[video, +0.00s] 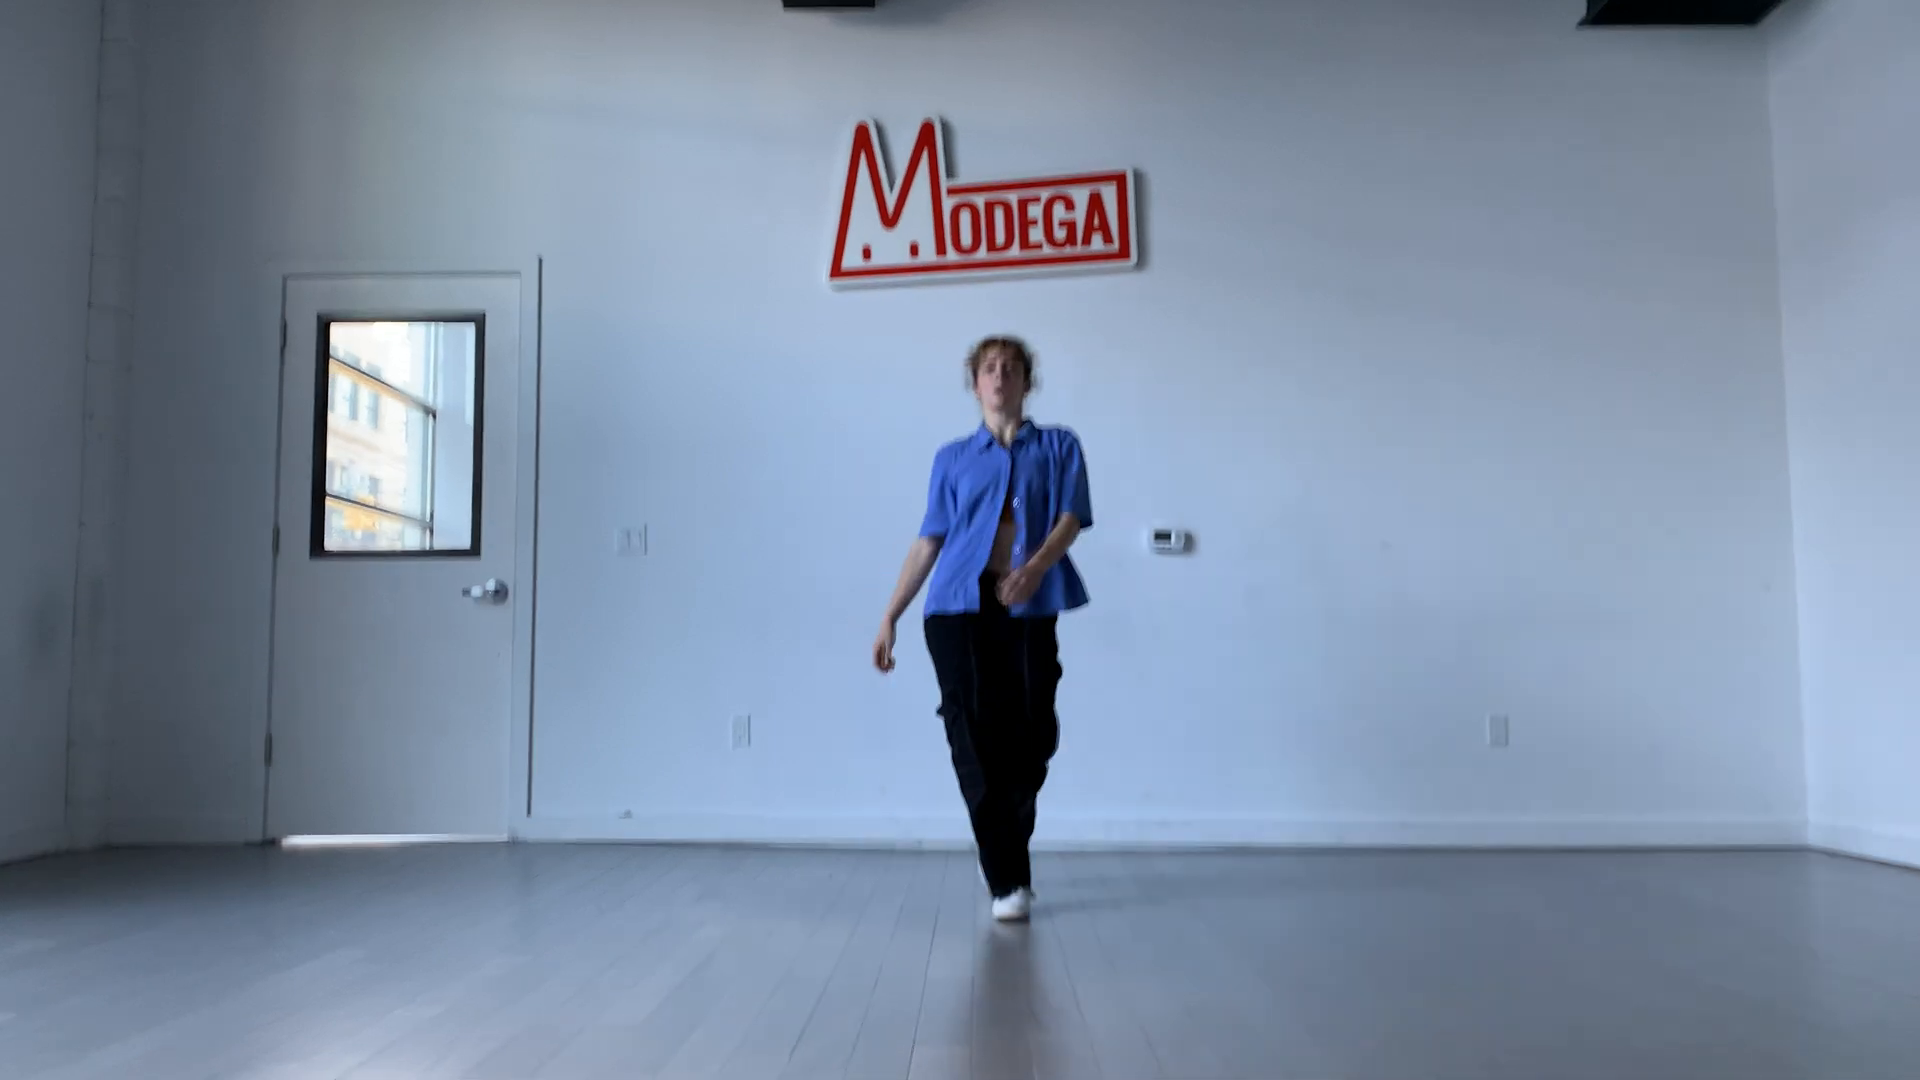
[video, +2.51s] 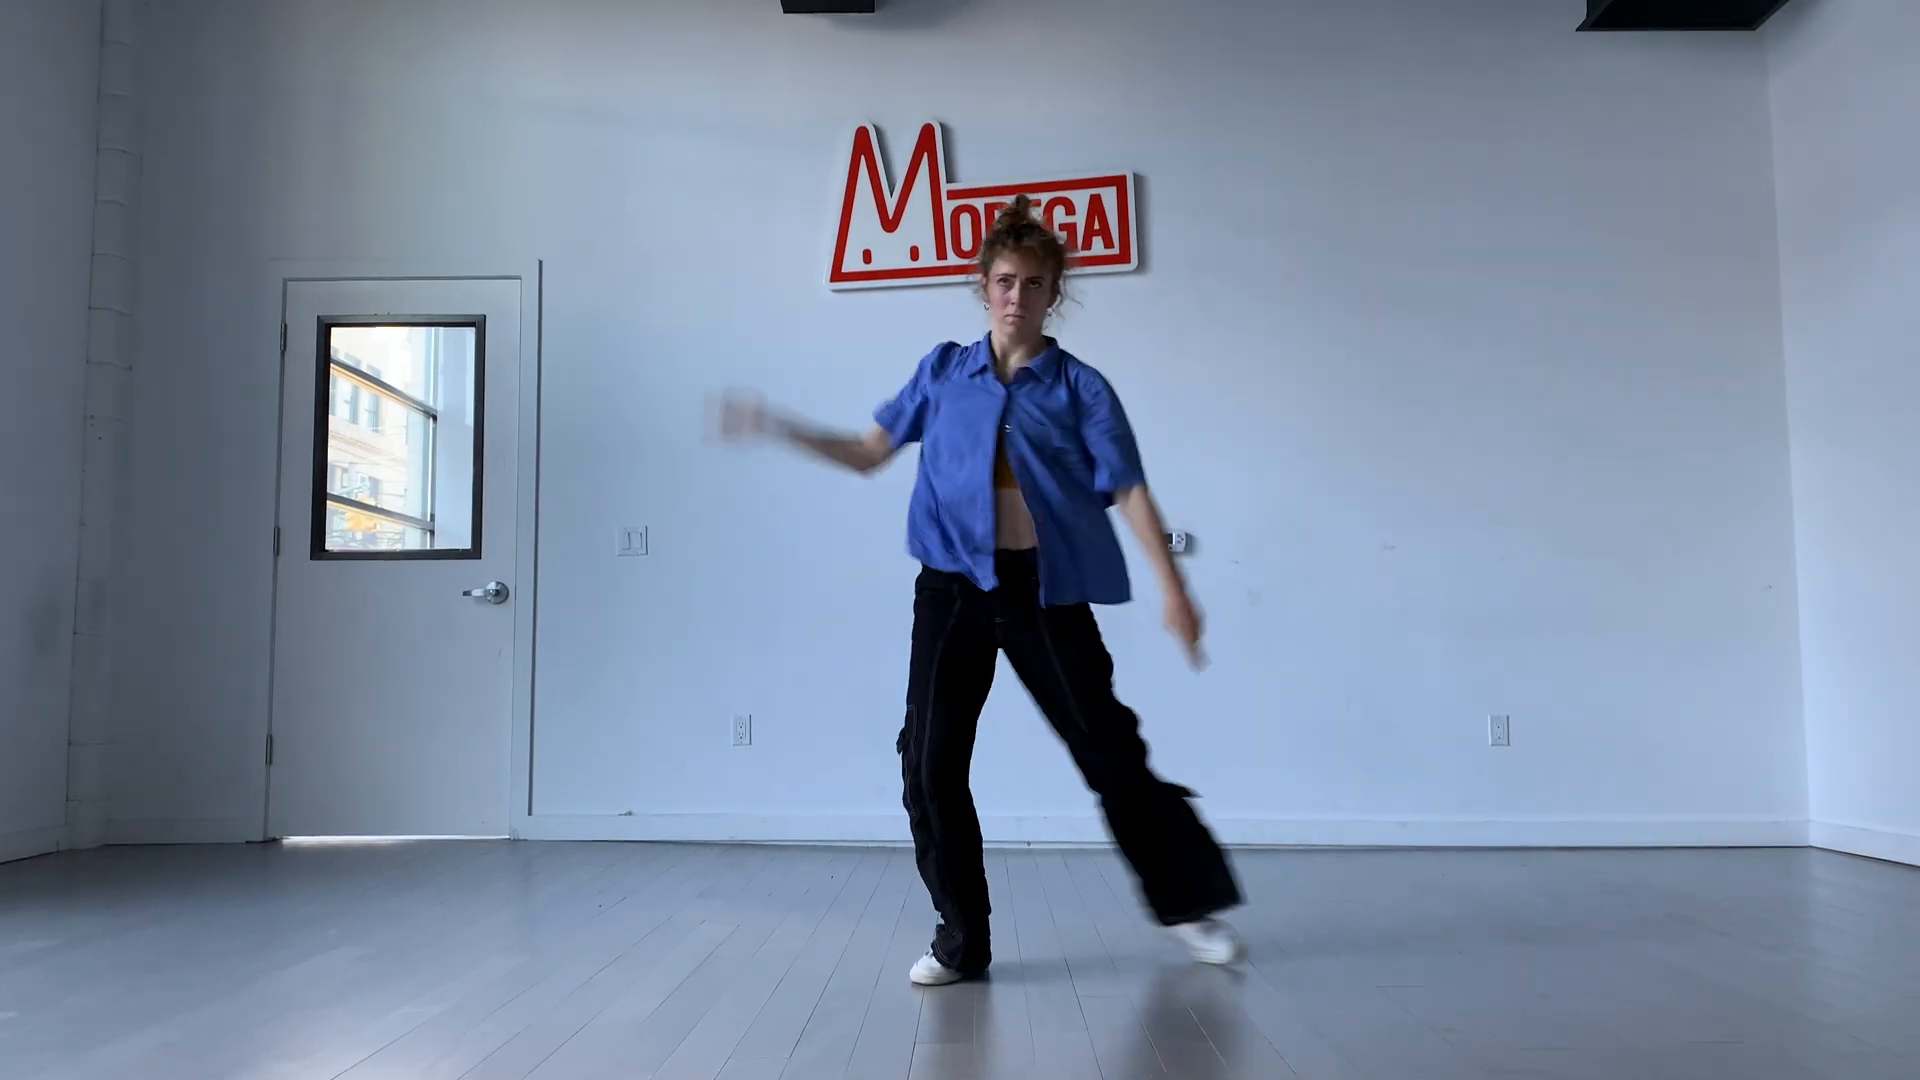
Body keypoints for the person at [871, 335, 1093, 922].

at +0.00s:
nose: (1000, 377)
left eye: (1011, 369)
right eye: (991, 369)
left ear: (1027, 382)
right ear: (974, 384)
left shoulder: (1059, 445)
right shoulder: (952, 458)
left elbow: (1072, 519)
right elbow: (928, 542)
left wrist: (1032, 570)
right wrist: (889, 619)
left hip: (1029, 613)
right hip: (958, 615)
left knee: (1034, 739)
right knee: (975, 744)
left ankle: (1010, 852)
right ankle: (1006, 883)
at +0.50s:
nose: (998, 340)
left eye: (1010, 331)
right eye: (987, 331)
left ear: (1031, 348)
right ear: (970, 348)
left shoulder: (1063, 424)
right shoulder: (941, 427)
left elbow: (1093, 503)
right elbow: (917, 518)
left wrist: (1133, 564)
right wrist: (965, 544)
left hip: (1035, 595)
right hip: (960, 598)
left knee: (1012, 735)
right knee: (964, 744)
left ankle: (986, 905)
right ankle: (1018, 875)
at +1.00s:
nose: (1009, 281)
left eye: (1023, 274)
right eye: (997, 276)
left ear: (1050, 299)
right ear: (983, 304)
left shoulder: (1088, 377)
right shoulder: (956, 384)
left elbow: (1097, 457)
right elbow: (908, 484)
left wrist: (1013, 407)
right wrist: (852, 564)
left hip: (1050, 587)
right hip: (961, 582)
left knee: (1032, 760)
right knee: (947, 750)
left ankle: (993, 927)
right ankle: (924, 930)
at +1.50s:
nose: (1178, 339)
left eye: (1187, 329)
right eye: (1169, 323)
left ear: (1180, 335)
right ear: (1130, 314)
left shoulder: (1175, 398)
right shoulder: (1054, 353)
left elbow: (1256, 371)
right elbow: (984, 271)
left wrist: (1221, 291)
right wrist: (921, 178)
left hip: (1166, 599)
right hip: (1081, 602)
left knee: (1240, 769)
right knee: (1092, 794)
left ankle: (1302, 941)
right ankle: (957, 890)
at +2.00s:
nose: (1029, 318)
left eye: (1035, 303)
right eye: (1026, 306)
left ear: (1078, 297)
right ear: (1054, 305)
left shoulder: (1155, 335)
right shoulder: (1041, 378)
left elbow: (1240, 248)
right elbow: (957, 350)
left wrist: (1316, 149)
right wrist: (989, 269)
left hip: (1112, 588)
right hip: (1035, 589)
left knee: (1144, 780)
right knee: (974, 769)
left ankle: (1280, 918)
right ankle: (960, 942)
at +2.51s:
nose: (1014, 299)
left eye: (1030, 284)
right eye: (1001, 283)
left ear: (1053, 293)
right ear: (983, 288)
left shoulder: (1081, 389)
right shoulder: (943, 372)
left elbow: (1129, 493)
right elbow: (867, 450)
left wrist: (1172, 588)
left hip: (1046, 591)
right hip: (953, 587)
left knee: (1109, 750)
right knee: (929, 761)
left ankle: (1189, 906)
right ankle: (959, 939)